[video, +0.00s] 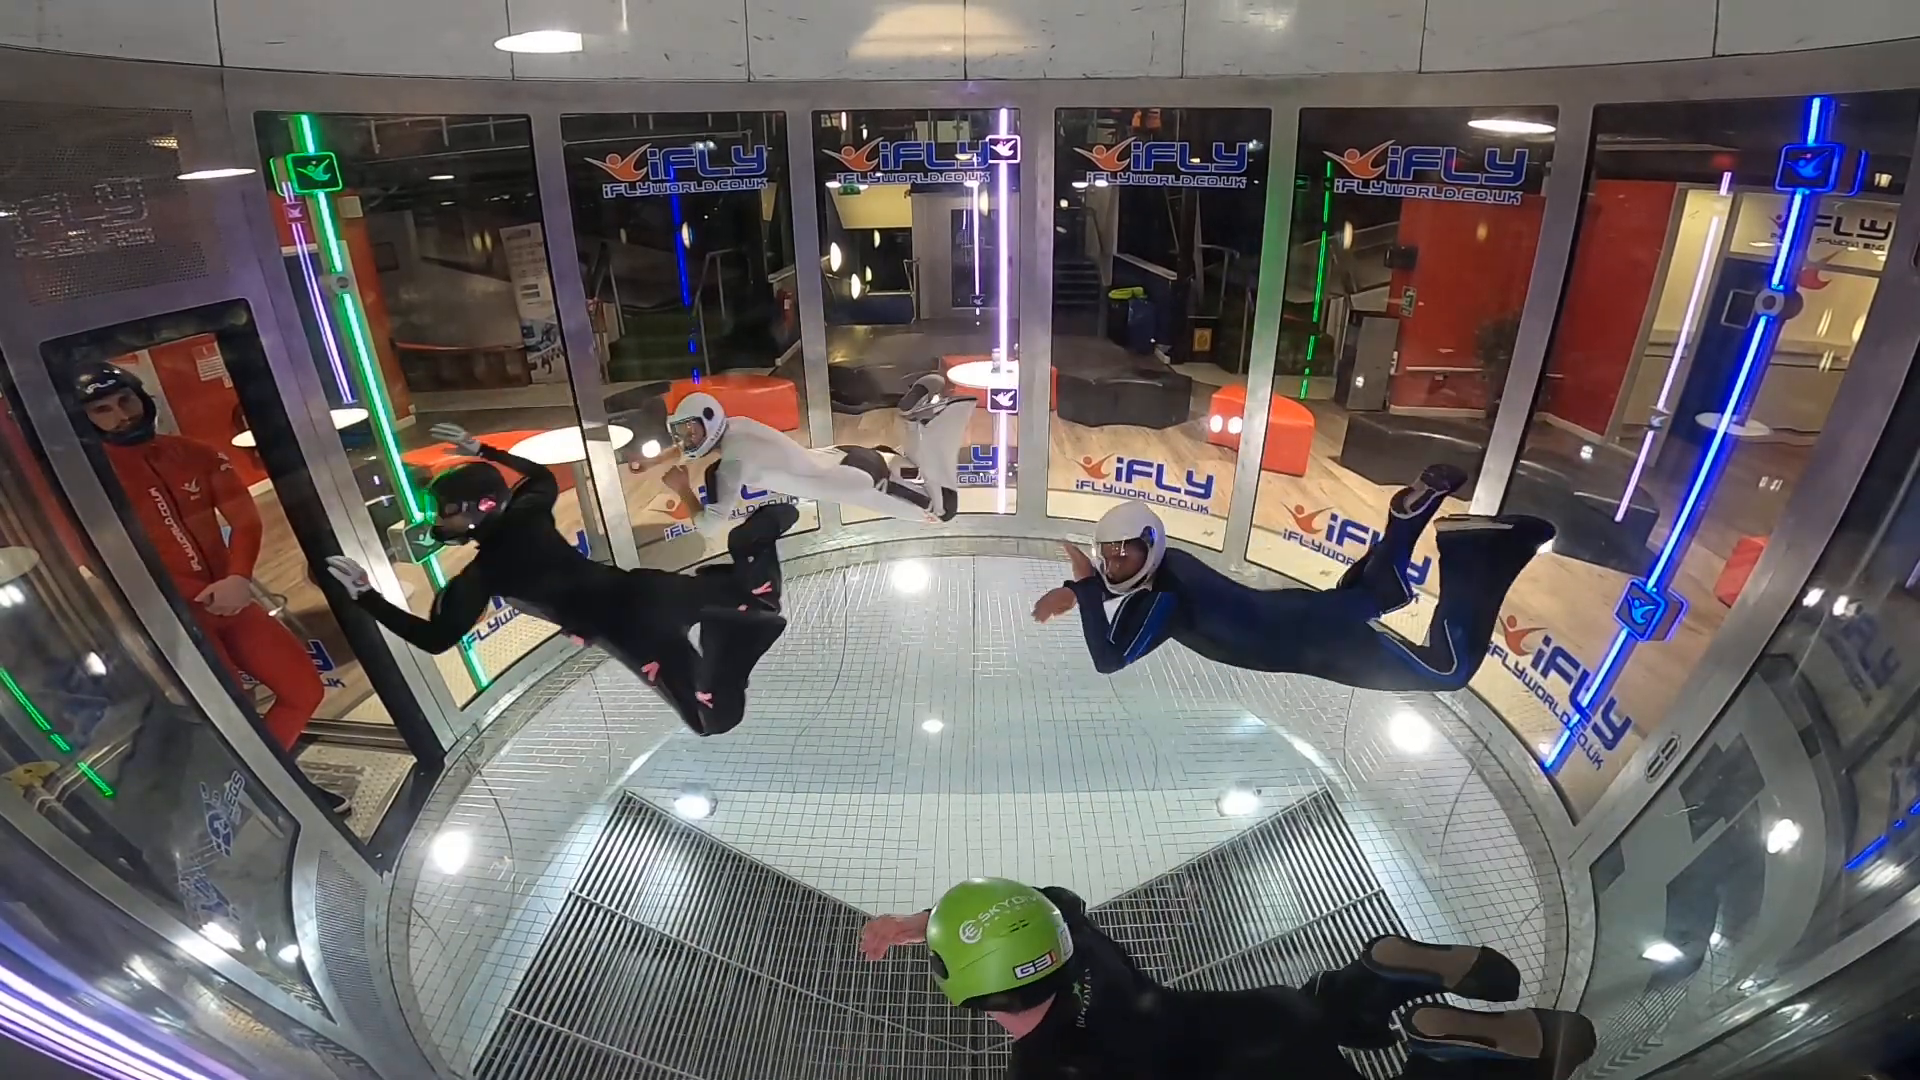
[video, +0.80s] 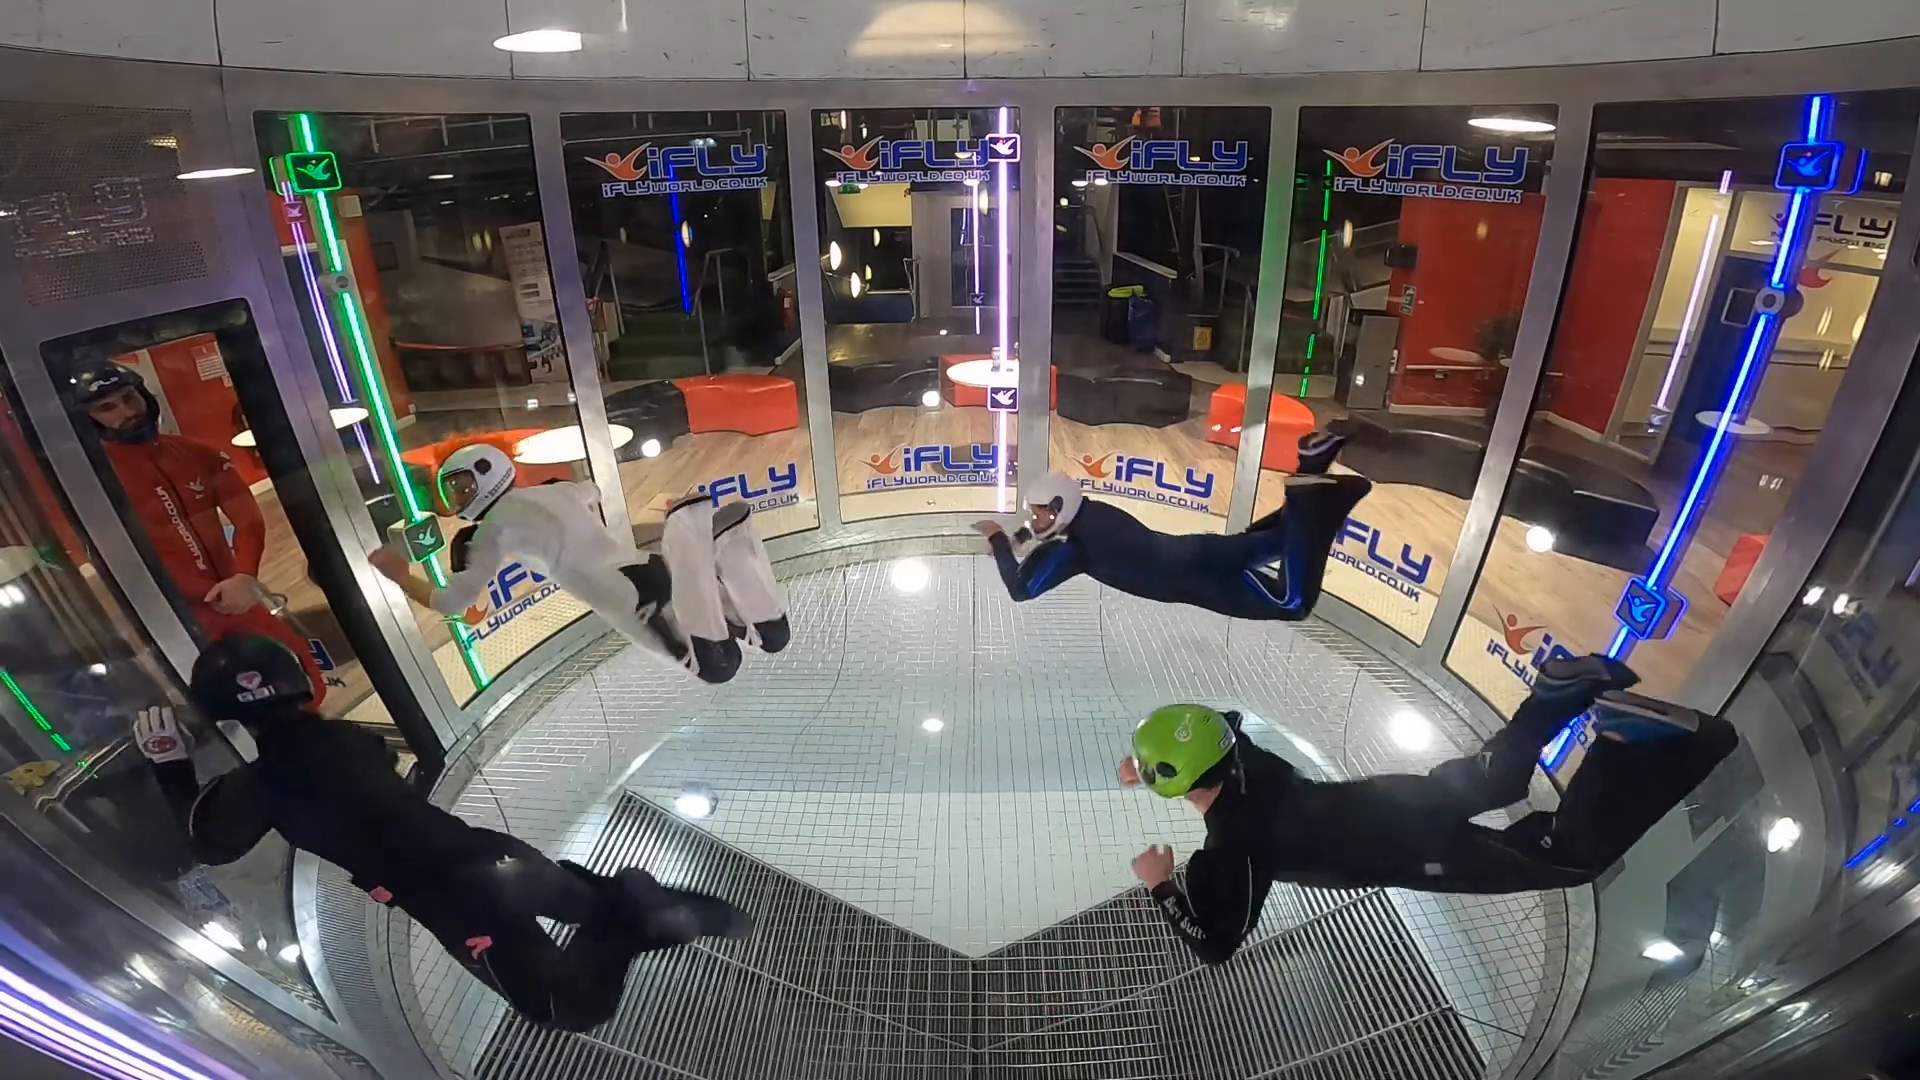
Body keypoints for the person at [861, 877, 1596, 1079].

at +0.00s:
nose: (995, 1013)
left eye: (998, 998)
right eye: (987, 998)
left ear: (1017, 990)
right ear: (1039, 933)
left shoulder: (1051, 1067)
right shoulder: (1066, 932)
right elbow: (1008, 908)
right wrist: (926, 927)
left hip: (1233, 1069)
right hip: (1220, 1012)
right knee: (1325, 1006)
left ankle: (1472, 1041)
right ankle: (1432, 973)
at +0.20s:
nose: (1015, 984)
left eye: (1014, 972)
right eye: (1014, 969)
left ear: (1035, 978)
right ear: (1076, 908)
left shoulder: (1097, 1049)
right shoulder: (1110, 921)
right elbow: (1060, 881)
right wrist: (964, 912)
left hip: (1306, 1052)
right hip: (1285, 981)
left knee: (1420, 1059)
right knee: (1370, 974)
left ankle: (1511, 1022)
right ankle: (1466, 929)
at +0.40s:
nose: (1072, 936)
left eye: (1074, 927)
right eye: (1067, 921)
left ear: (1099, 929)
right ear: (1123, 877)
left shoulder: (1151, 999)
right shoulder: (1157, 887)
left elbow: (1137, 1073)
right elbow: (1095, 869)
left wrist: (1011, 1077)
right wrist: (1019, 878)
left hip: (1350, 1003)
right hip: (1344, 932)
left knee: (1493, 1009)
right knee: (1428, 922)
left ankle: (1610, 917)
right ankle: (1479, 855)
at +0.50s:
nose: (1113, 908)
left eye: (1112, 902)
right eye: (1110, 895)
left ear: (1130, 903)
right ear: (1151, 860)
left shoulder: (1175, 961)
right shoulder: (1185, 860)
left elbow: (1169, 1067)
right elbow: (1136, 831)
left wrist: (1059, 1041)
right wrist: (1063, 848)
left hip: (1391, 963)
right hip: (1375, 896)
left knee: (1540, 969)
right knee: (1455, 892)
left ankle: (1606, 863)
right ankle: (1494, 812)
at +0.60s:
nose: (1127, 864)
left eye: (1130, 857)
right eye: (1128, 849)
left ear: (1158, 862)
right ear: (1180, 819)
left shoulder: (1200, 919)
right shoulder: (1207, 824)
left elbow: (1194, 1034)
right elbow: (1162, 817)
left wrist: (1104, 992)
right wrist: (1099, 834)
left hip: (1413, 918)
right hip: (1393, 861)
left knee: (1567, 926)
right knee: (1468, 846)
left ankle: (1624, 809)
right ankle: (1533, 769)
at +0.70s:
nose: (1144, 820)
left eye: (1147, 814)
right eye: (1142, 807)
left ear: (1175, 820)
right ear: (1199, 786)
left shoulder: (1216, 879)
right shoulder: (1225, 788)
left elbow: (1216, 988)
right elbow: (1183, 775)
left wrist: (1143, 942)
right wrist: (1130, 798)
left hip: (1413, 887)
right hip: (1395, 829)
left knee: (1567, 891)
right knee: (1483, 811)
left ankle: (1629, 780)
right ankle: (1546, 728)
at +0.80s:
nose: (1168, 790)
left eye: (1170, 782)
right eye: (1161, 778)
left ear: (1194, 787)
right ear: (1219, 752)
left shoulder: (1230, 846)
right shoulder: (1247, 756)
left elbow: (1216, 946)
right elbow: (1213, 739)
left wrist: (1168, 888)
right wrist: (1157, 762)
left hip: (1411, 853)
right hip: (1401, 794)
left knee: (1566, 854)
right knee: (1498, 774)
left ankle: (1642, 750)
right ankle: (1565, 687)